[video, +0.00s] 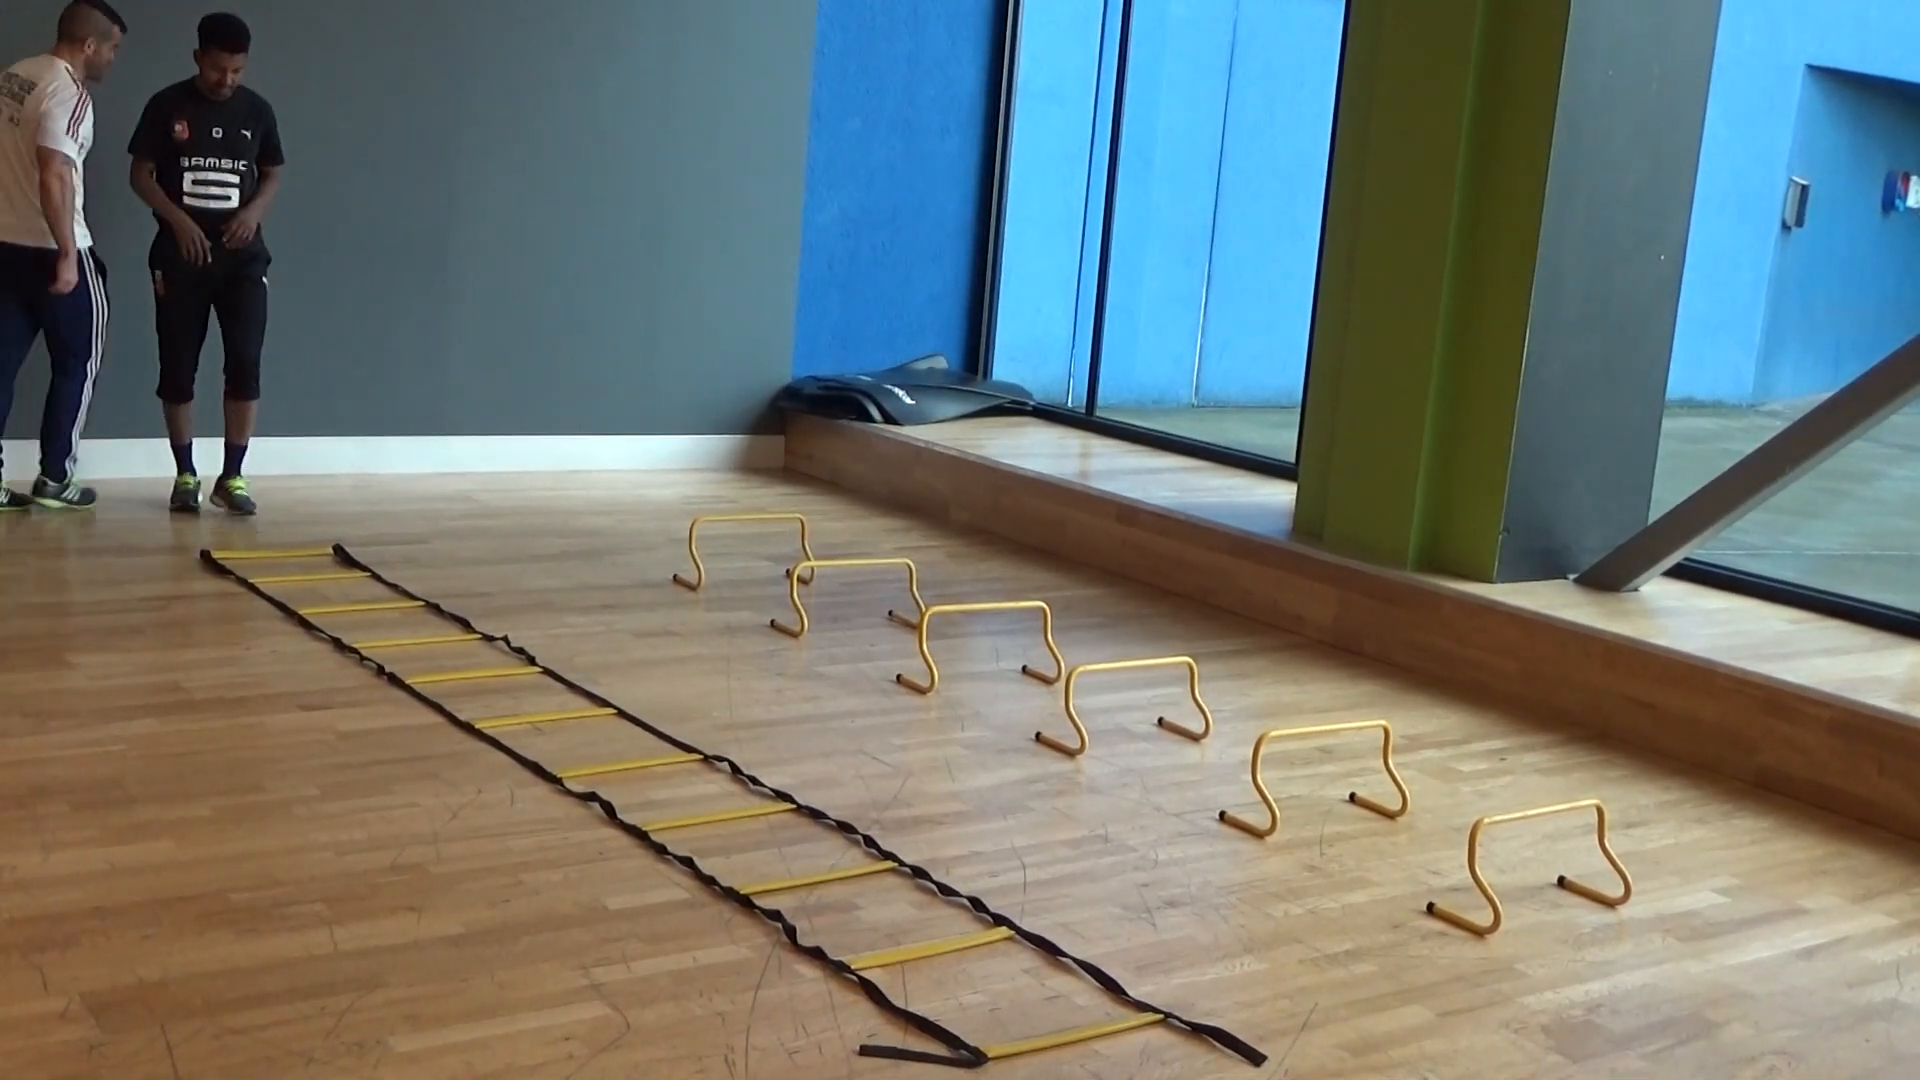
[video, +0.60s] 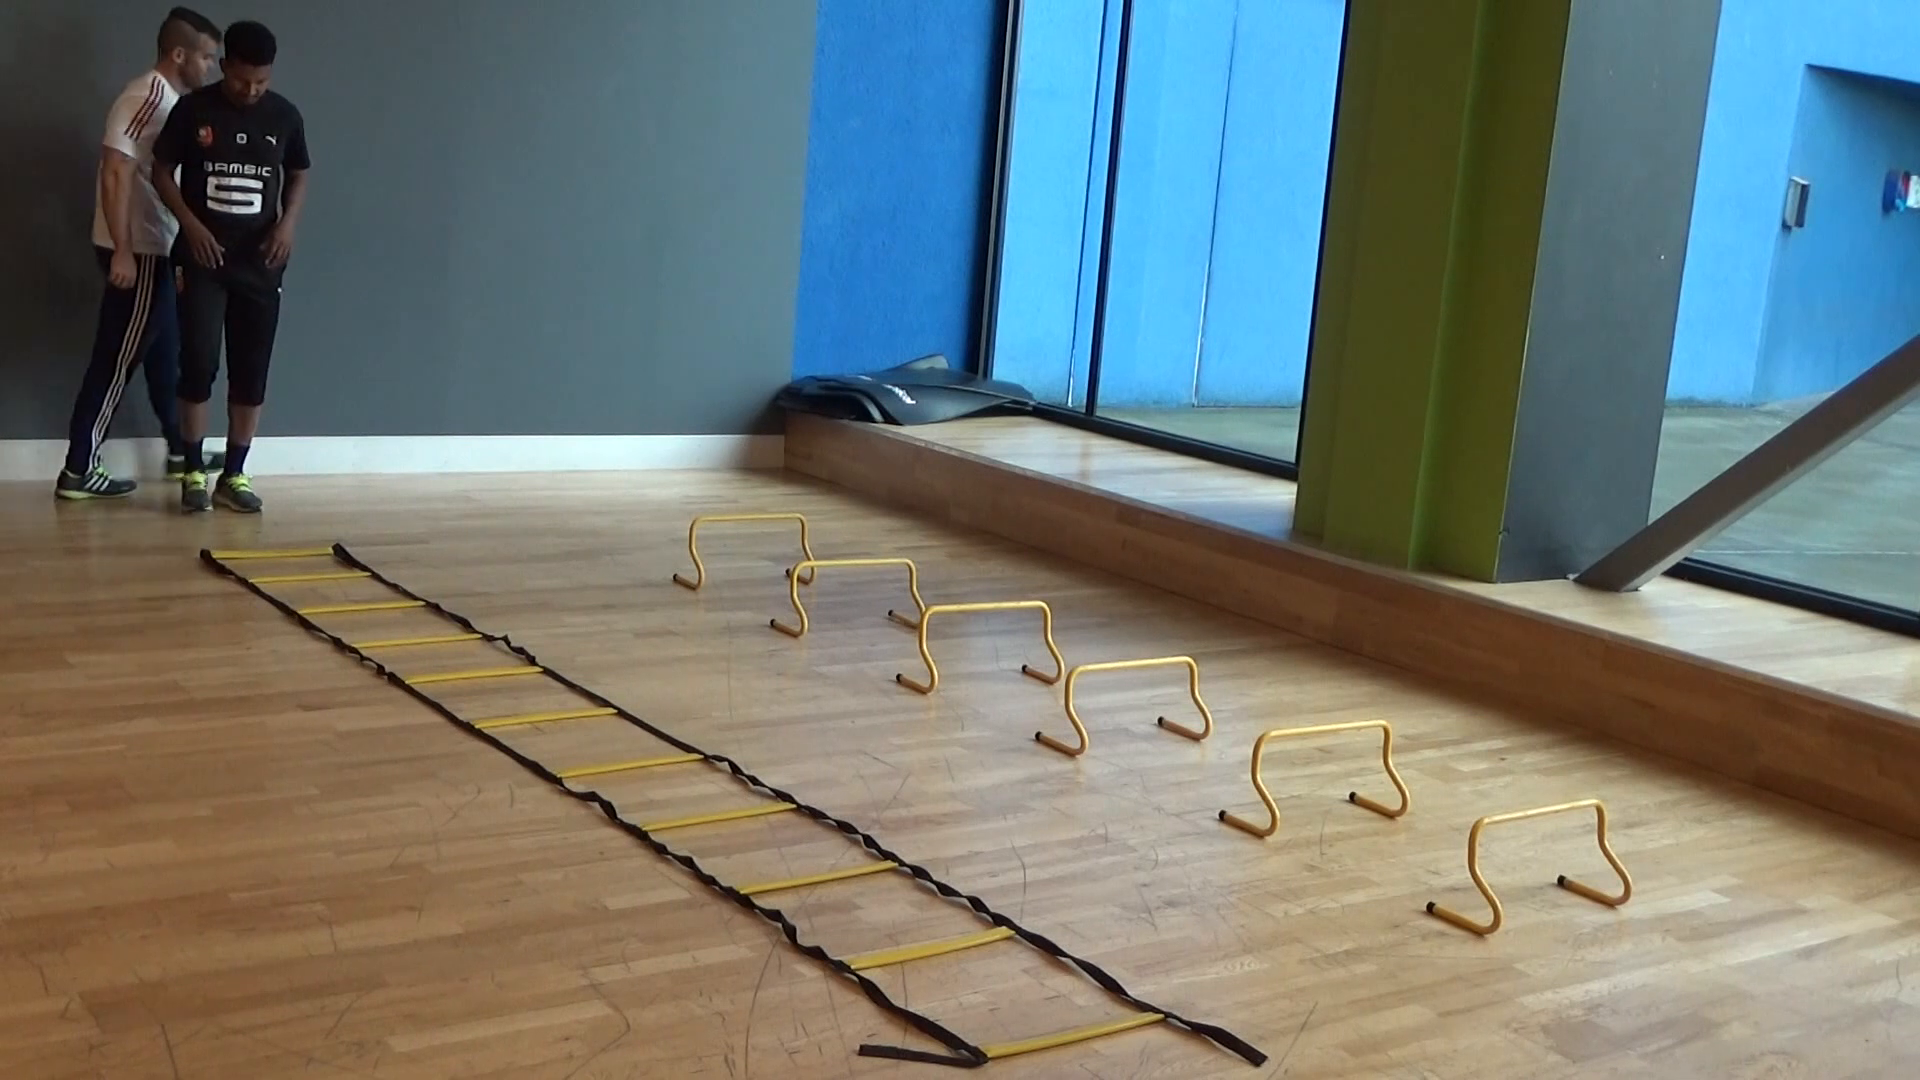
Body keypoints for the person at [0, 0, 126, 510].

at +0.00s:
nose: (113, 60)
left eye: (115, 50)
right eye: (112, 49)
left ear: (70, 41)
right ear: (89, 45)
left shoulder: (15, 74)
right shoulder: (67, 92)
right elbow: (53, 173)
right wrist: (68, 252)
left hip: (10, 249)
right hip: (58, 252)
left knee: (4, 366)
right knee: (78, 363)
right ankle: (55, 479)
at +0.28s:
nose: (149, 60)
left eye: (150, 50)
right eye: (148, 50)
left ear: (102, 44)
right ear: (129, 49)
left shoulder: (58, 84)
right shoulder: (105, 100)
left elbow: (59, 176)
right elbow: (91, 182)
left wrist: (116, 234)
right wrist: (111, 258)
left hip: (46, 251)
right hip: (93, 255)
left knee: (47, 353)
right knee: (107, 364)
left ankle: (1, 453)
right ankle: (81, 471)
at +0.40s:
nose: (170, 57)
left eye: (171, 49)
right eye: (167, 48)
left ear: (127, 44)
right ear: (145, 47)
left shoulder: (91, 82)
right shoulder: (121, 92)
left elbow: (97, 177)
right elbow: (102, 178)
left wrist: (137, 239)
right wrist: (121, 254)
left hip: (79, 242)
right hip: (106, 246)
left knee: (97, 343)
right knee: (114, 354)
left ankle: (45, 432)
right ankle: (81, 470)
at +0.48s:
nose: (188, 58)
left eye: (188, 49)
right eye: (182, 48)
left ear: (152, 48)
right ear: (157, 47)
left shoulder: (126, 87)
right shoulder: (130, 91)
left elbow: (127, 178)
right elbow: (105, 172)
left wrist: (147, 238)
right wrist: (121, 249)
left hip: (113, 243)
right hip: (111, 245)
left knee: (135, 341)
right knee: (117, 351)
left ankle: (88, 450)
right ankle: (79, 470)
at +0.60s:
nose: (212, 68)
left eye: (213, 59)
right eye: (208, 57)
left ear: (180, 55)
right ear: (179, 53)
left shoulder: (173, 98)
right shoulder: (150, 92)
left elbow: (164, 179)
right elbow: (114, 166)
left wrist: (175, 254)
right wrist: (121, 249)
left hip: (156, 248)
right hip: (135, 249)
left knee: (166, 354)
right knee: (118, 358)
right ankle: (79, 470)